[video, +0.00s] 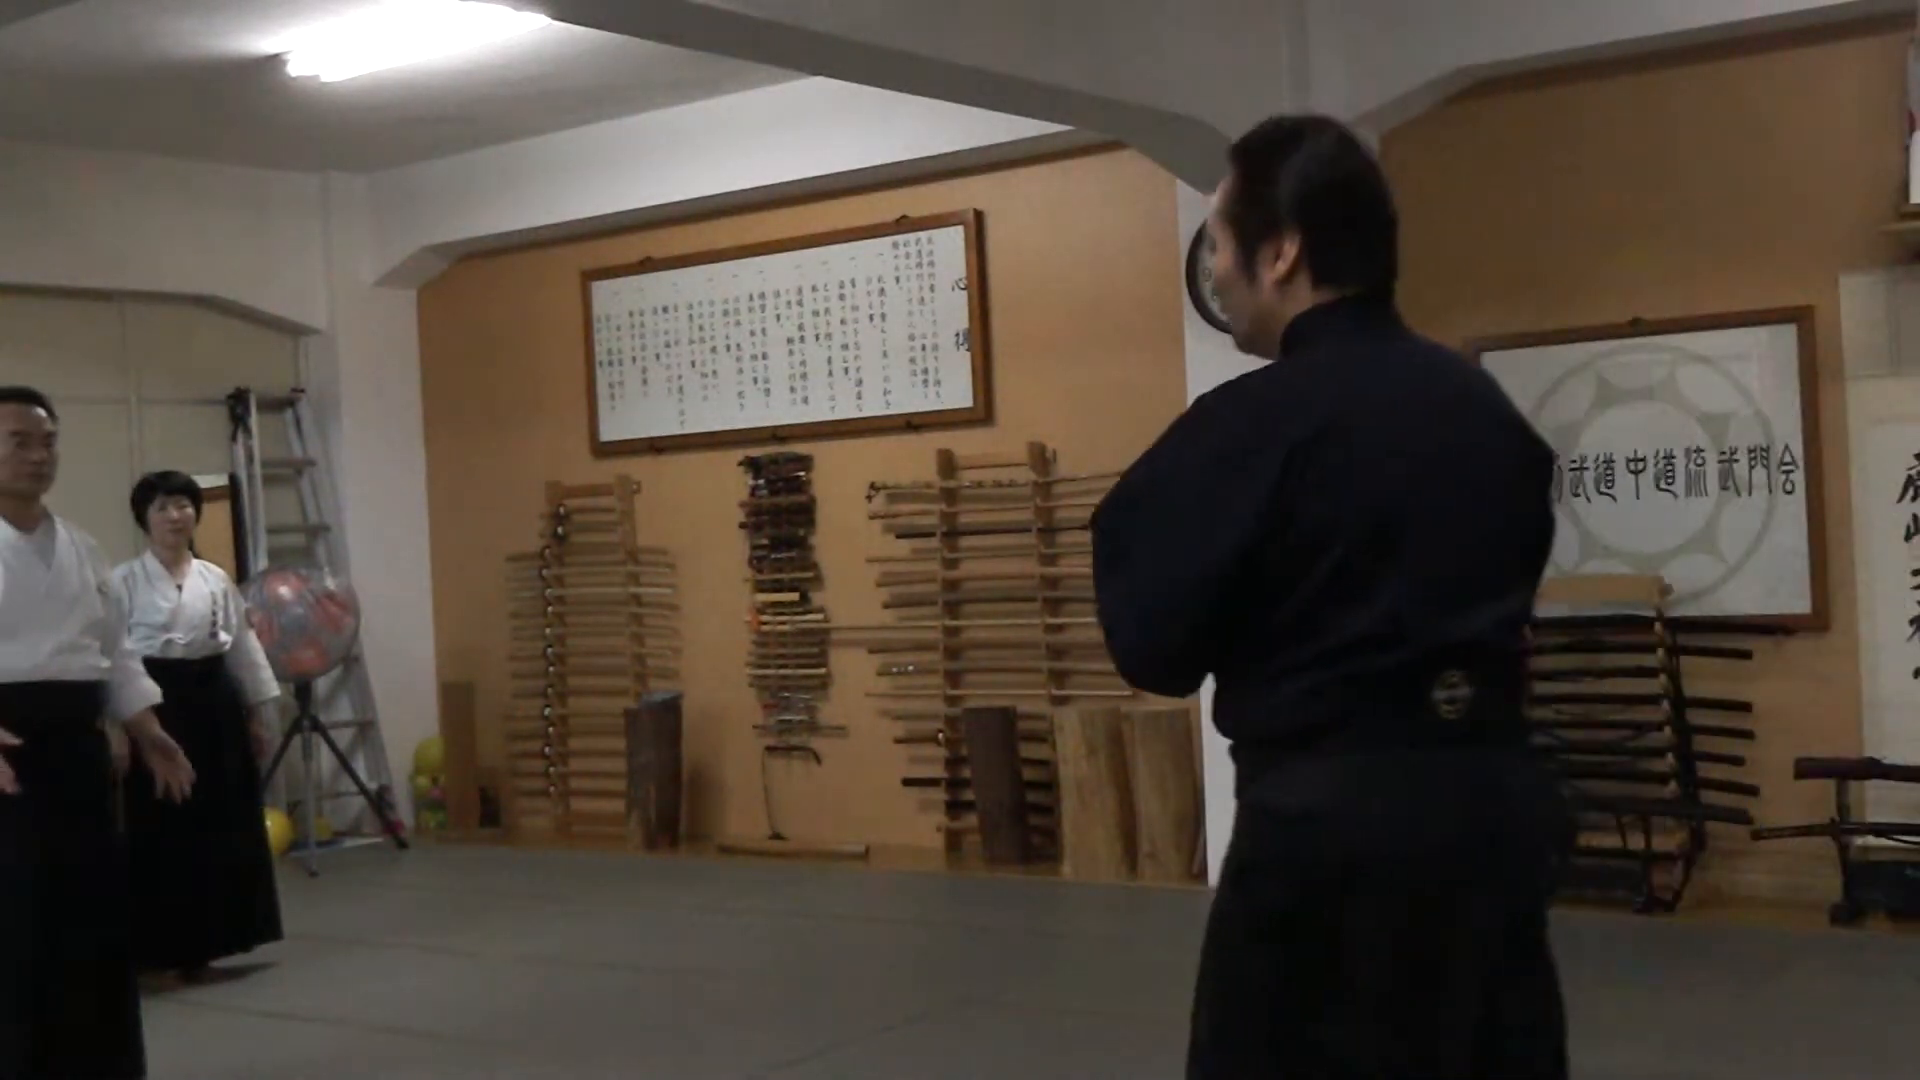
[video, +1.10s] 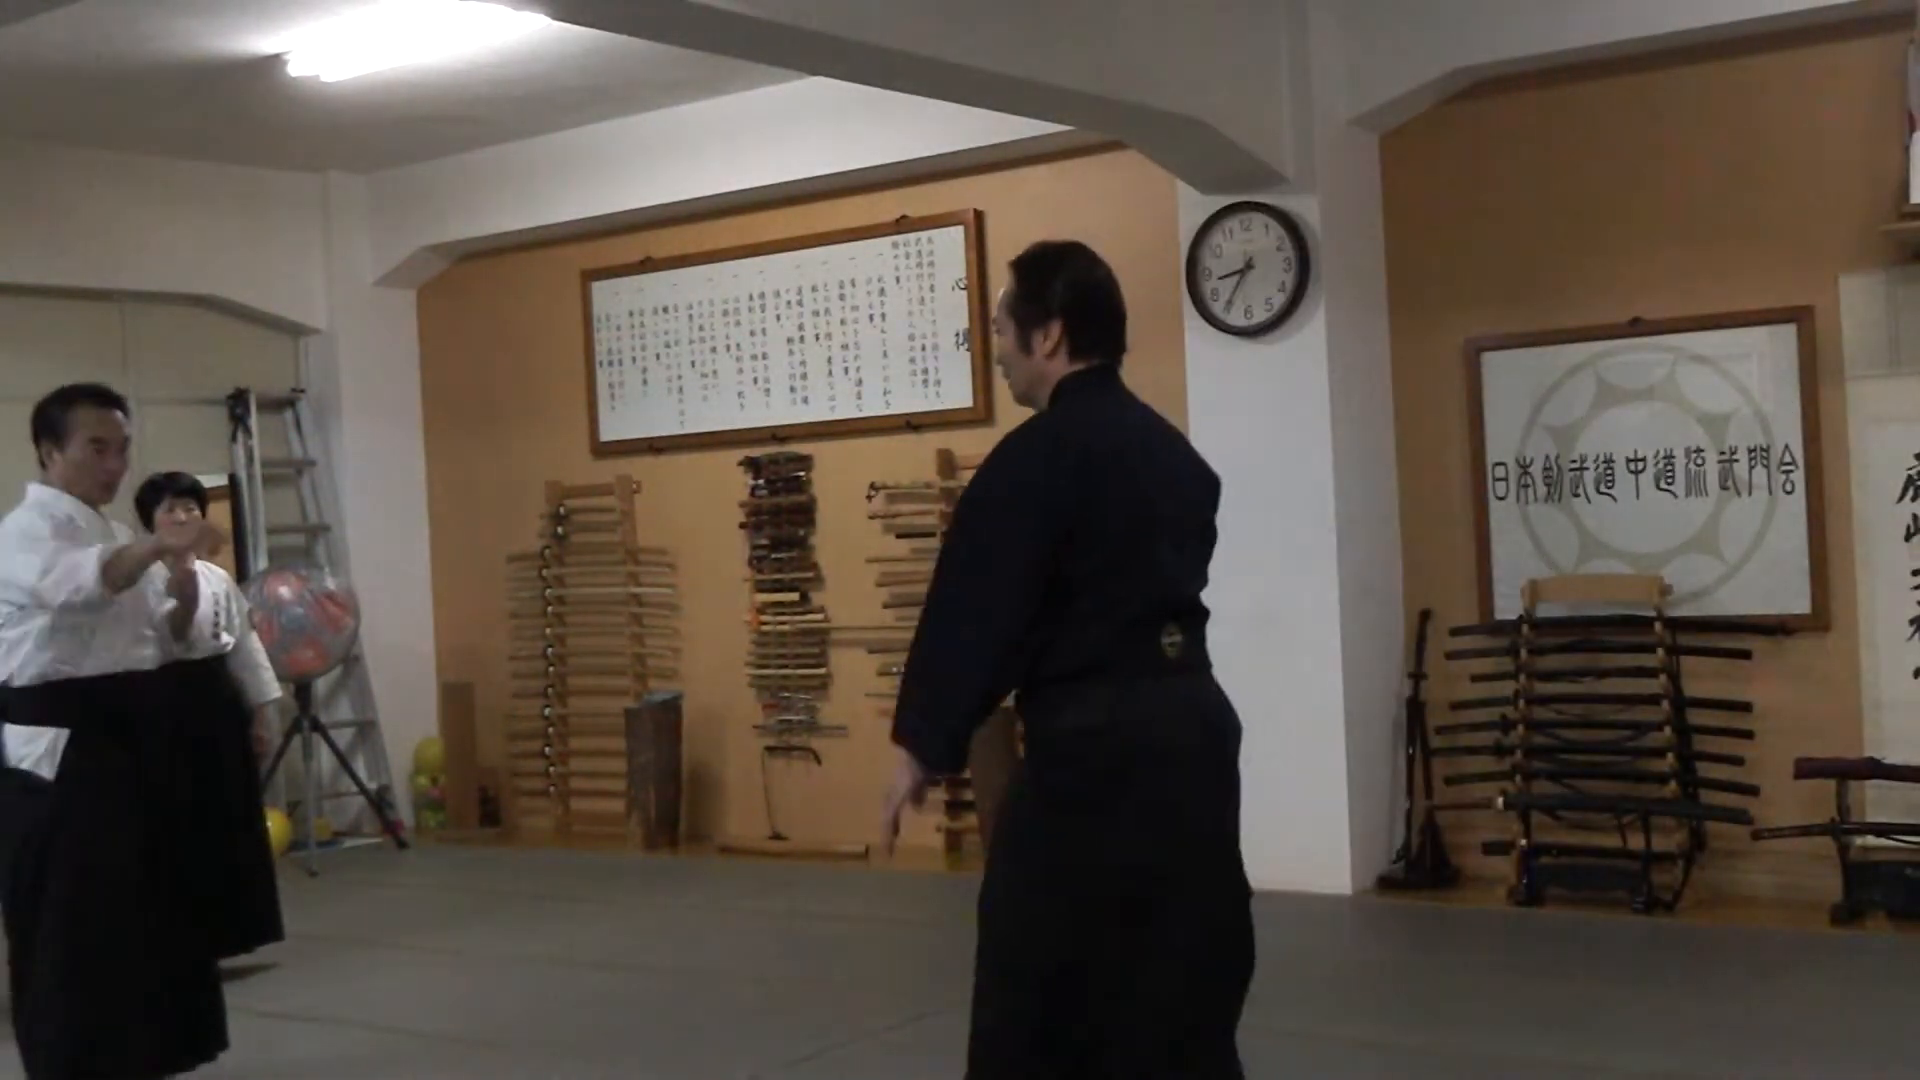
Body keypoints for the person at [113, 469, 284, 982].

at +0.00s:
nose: (175, 515)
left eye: (183, 506)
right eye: (163, 507)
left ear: (197, 515)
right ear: (144, 519)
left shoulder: (216, 580)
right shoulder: (124, 581)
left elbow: (243, 646)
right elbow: (112, 658)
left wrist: (262, 713)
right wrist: (121, 729)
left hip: (211, 702)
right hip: (153, 706)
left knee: (213, 818)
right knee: (159, 822)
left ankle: (203, 946)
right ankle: (162, 949)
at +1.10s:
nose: (183, 516)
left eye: (191, 508)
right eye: (170, 509)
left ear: (204, 518)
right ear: (148, 522)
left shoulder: (217, 579)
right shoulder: (141, 581)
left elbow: (243, 643)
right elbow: (136, 656)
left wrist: (263, 707)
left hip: (217, 704)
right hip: (160, 711)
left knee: (226, 816)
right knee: (174, 826)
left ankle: (230, 930)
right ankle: (184, 936)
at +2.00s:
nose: (195, 518)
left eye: (201, 509)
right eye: (182, 509)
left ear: (211, 520)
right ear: (156, 521)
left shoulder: (223, 580)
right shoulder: (147, 579)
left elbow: (249, 646)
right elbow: (140, 659)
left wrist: (267, 711)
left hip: (227, 710)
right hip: (169, 716)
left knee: (234, 825)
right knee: (177, 831)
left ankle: (231, 936)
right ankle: (185, 944)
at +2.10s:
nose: (196, 518)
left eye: (203, 509)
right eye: (183, 509)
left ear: (212, 519)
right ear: (157, 520)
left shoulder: (224, 580)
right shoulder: (148, 578)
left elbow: (251, 645)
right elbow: (143, 660)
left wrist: (272, 709)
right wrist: (149, 721)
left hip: (229, 712)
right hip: (170, 719)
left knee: (231, 827)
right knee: (178, 832)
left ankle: (224, 939)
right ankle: (183, 945)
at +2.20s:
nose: (197, 518)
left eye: (204, 509)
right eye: (184, 509)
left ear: (214, 519)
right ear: (159, 521)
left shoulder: (227, 581)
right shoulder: (150, 578)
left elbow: (254, 649)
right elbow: (142, 659)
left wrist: (265, 715)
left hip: (230, 713)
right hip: (172, 717)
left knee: (234, 821)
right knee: (184, 826)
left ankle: (238, 933)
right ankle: (191, 943)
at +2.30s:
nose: (197, 517)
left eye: (203, 508)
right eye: (184, 509)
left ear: (215, 518)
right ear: (159, 521)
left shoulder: (222, 578)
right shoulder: (148, 575)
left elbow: (249, 643)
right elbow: (137, 652)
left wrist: (269, 708)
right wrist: (141, 720)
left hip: (225, 701)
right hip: (170, 703)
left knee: (231, 814)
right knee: (180, 819)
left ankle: (232, 932)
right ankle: (187, 938)